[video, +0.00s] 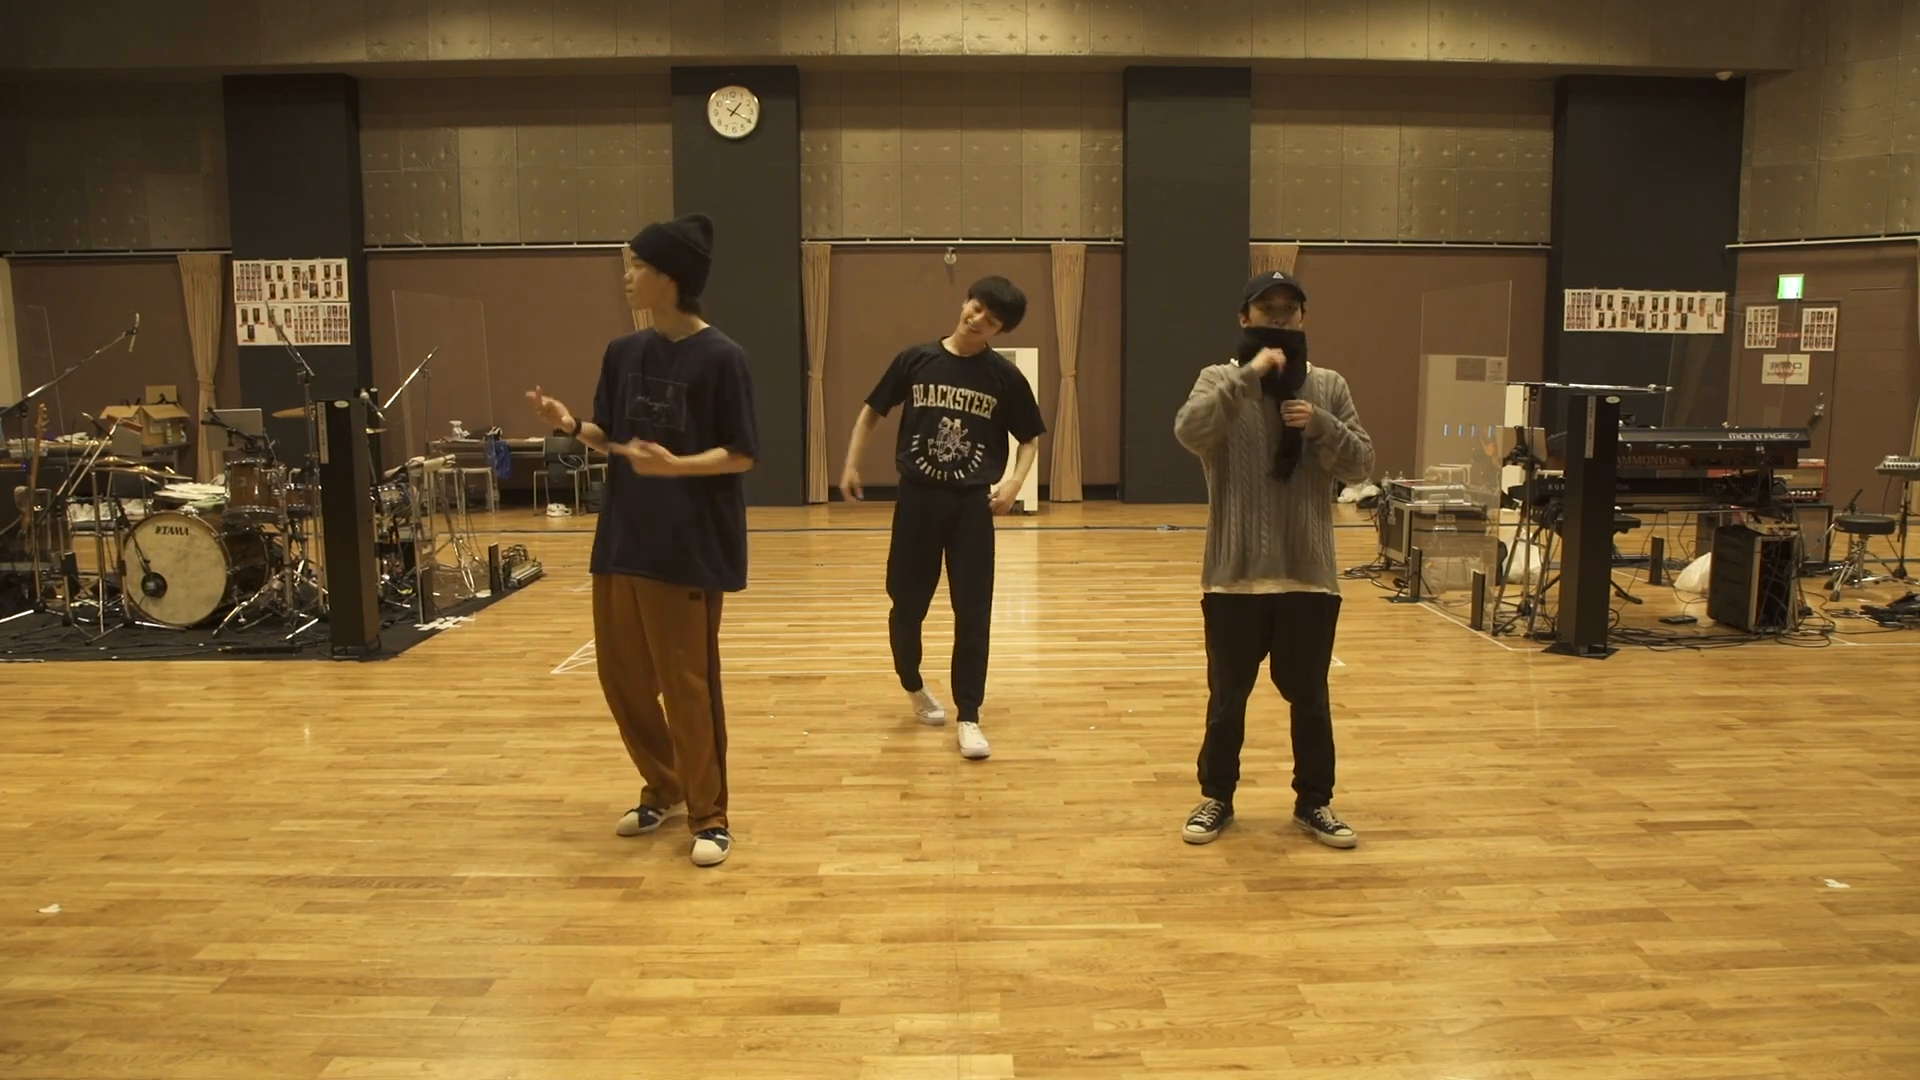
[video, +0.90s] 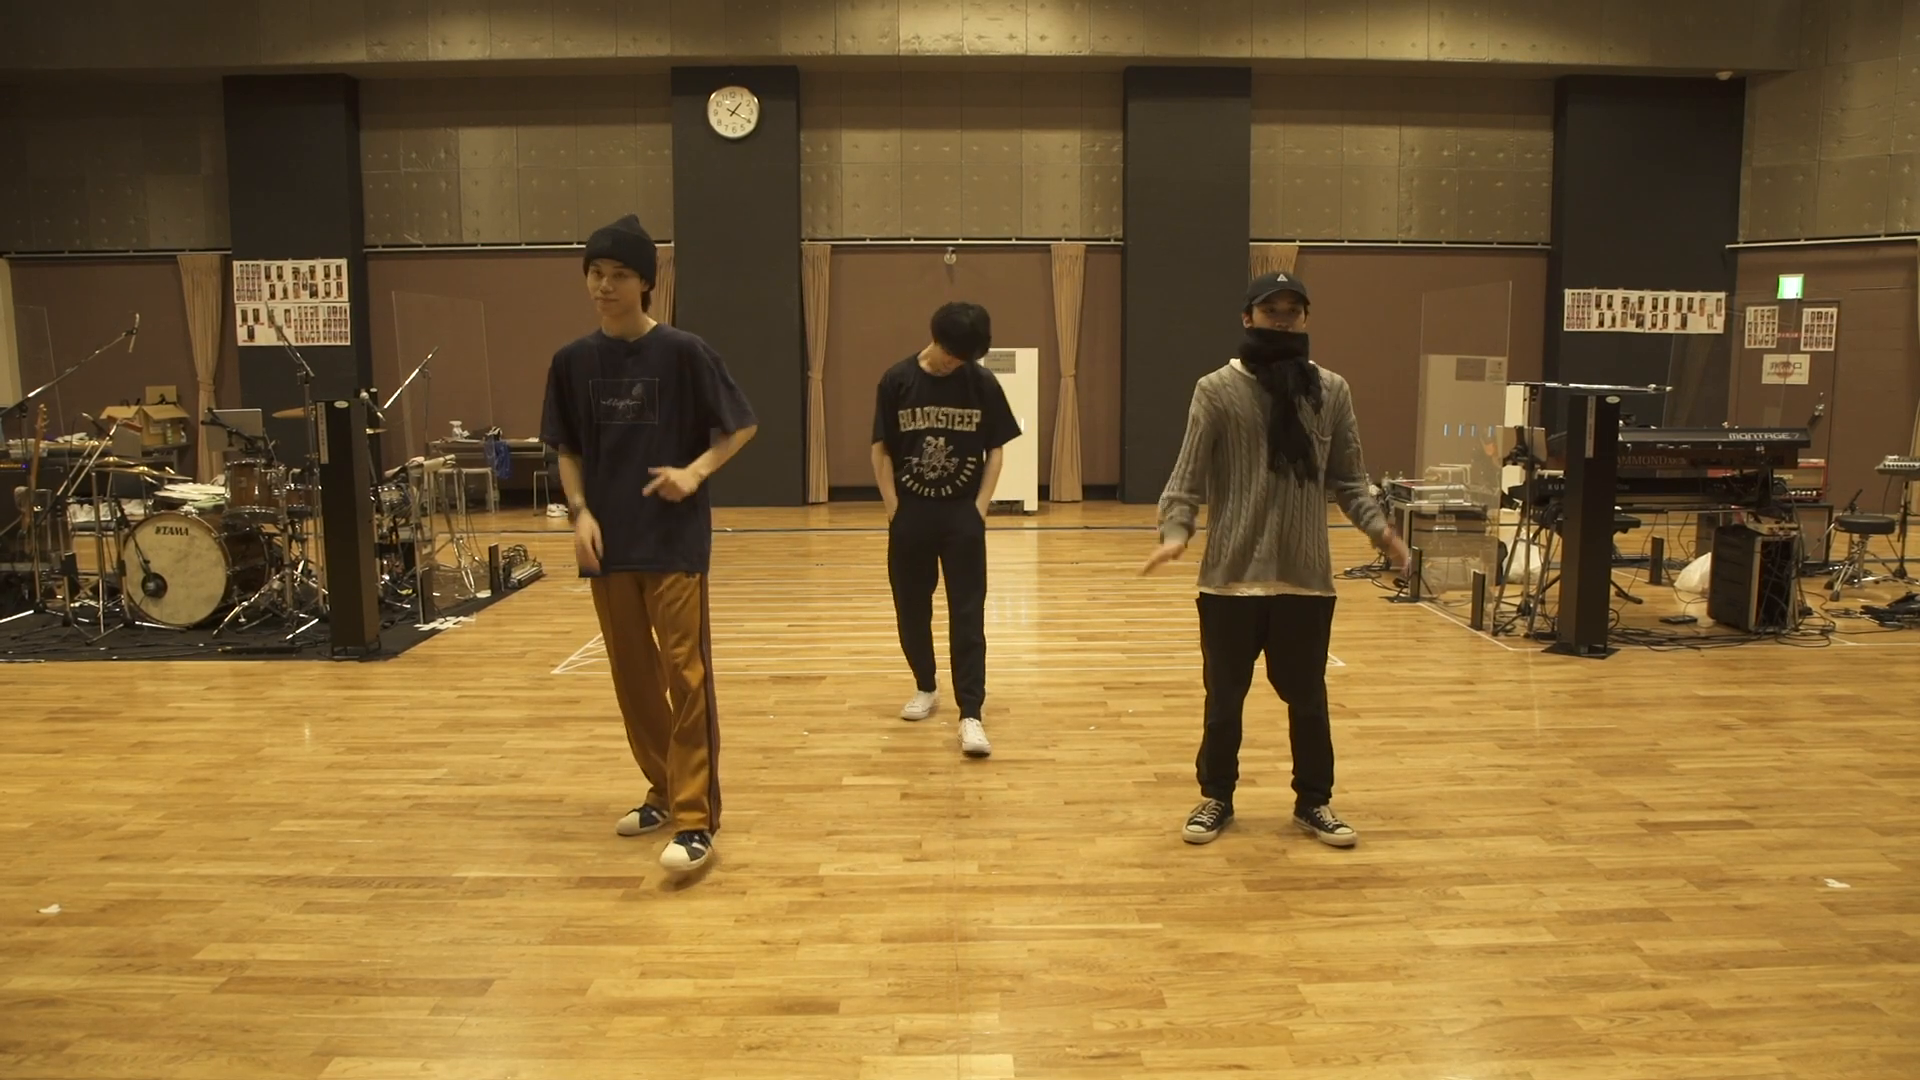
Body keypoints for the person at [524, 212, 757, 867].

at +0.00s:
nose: (625, 281)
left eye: (635, 271)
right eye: (625, 270)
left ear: (672, 279)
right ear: (652, 279)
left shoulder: (722, 359)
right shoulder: (622, 353)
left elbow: (742, 454)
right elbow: (611, 441)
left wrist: (676, 464)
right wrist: (571, 425)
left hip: (686, 553)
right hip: (621, 549)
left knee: (687, 685)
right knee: (623, 677)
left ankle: (710, 817)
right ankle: (661, 790)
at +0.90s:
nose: (602, 287)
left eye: (617, 276)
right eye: (595, 275)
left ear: (647, 282)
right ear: (586, 281)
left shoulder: (687, 354)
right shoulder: (572, 363)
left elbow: (740, 426)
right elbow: (566, 448)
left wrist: (695, 472)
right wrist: (580, 511)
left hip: (675, 544)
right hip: (609, 548)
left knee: (684, 675)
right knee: (633, 675)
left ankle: (694, 818)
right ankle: (665, 793)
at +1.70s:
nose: (680, 287)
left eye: (693, 276)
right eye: (670, 275)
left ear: (717, 284)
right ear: (658, 283)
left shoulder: (748, 363)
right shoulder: (629, 358)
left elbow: (763, 461)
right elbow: (612, 450)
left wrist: (763, 541)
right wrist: (616, 522)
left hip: (728, 547)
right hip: (653, 548)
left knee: (738, 678)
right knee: (654, 678)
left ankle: (751, 798)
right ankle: (669, 791)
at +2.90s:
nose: (588, 292)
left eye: (600, 280)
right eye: (578, 281)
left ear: (629, 280)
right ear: (567, 285)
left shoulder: (670, 356)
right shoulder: (550, 362)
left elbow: (711, 444)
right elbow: (541, 449)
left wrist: (674, 507)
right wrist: (539, 520)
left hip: (651, 552)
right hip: (578, 557)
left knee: (688, 677)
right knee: (599, 692)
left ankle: (739, 797)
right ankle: (624, 809)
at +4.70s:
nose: (671, 283)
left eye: (684, 272)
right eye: (661, 272)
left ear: (709, 280)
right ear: (649, 281)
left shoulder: (745, 360)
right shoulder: (623, 357)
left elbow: (763, 459)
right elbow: (611, 455)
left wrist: (763, 541)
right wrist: (613, 536)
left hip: (728, 552)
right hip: (651, 551)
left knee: (727, 687)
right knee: (639, 686)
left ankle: (721, 802)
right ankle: (628, 801)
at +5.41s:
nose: (620, 289)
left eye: (633, 276)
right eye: (609, 278)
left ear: (663, 280)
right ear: (598, 287)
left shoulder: (702, 362)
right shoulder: (579, 368)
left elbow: (754, 451)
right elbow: (570, 460)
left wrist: (715, 506)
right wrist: (576, 530)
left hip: (676, 551)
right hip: (607, 557)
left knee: (666, 678)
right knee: (628, 698)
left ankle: (711, 774)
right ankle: (668, 818)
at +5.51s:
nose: (591, 288)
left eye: (604, 274)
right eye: (579, 277)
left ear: (635, 278)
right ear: (569, 283)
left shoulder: (670, 353)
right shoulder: (571, 349)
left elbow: (739, 436)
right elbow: (583, 438)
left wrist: (677, 501)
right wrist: (589, 506)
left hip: (668, 533)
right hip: (609, 531)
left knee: (622, 658)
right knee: (623, 668)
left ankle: (669, 792)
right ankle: (659, 808)